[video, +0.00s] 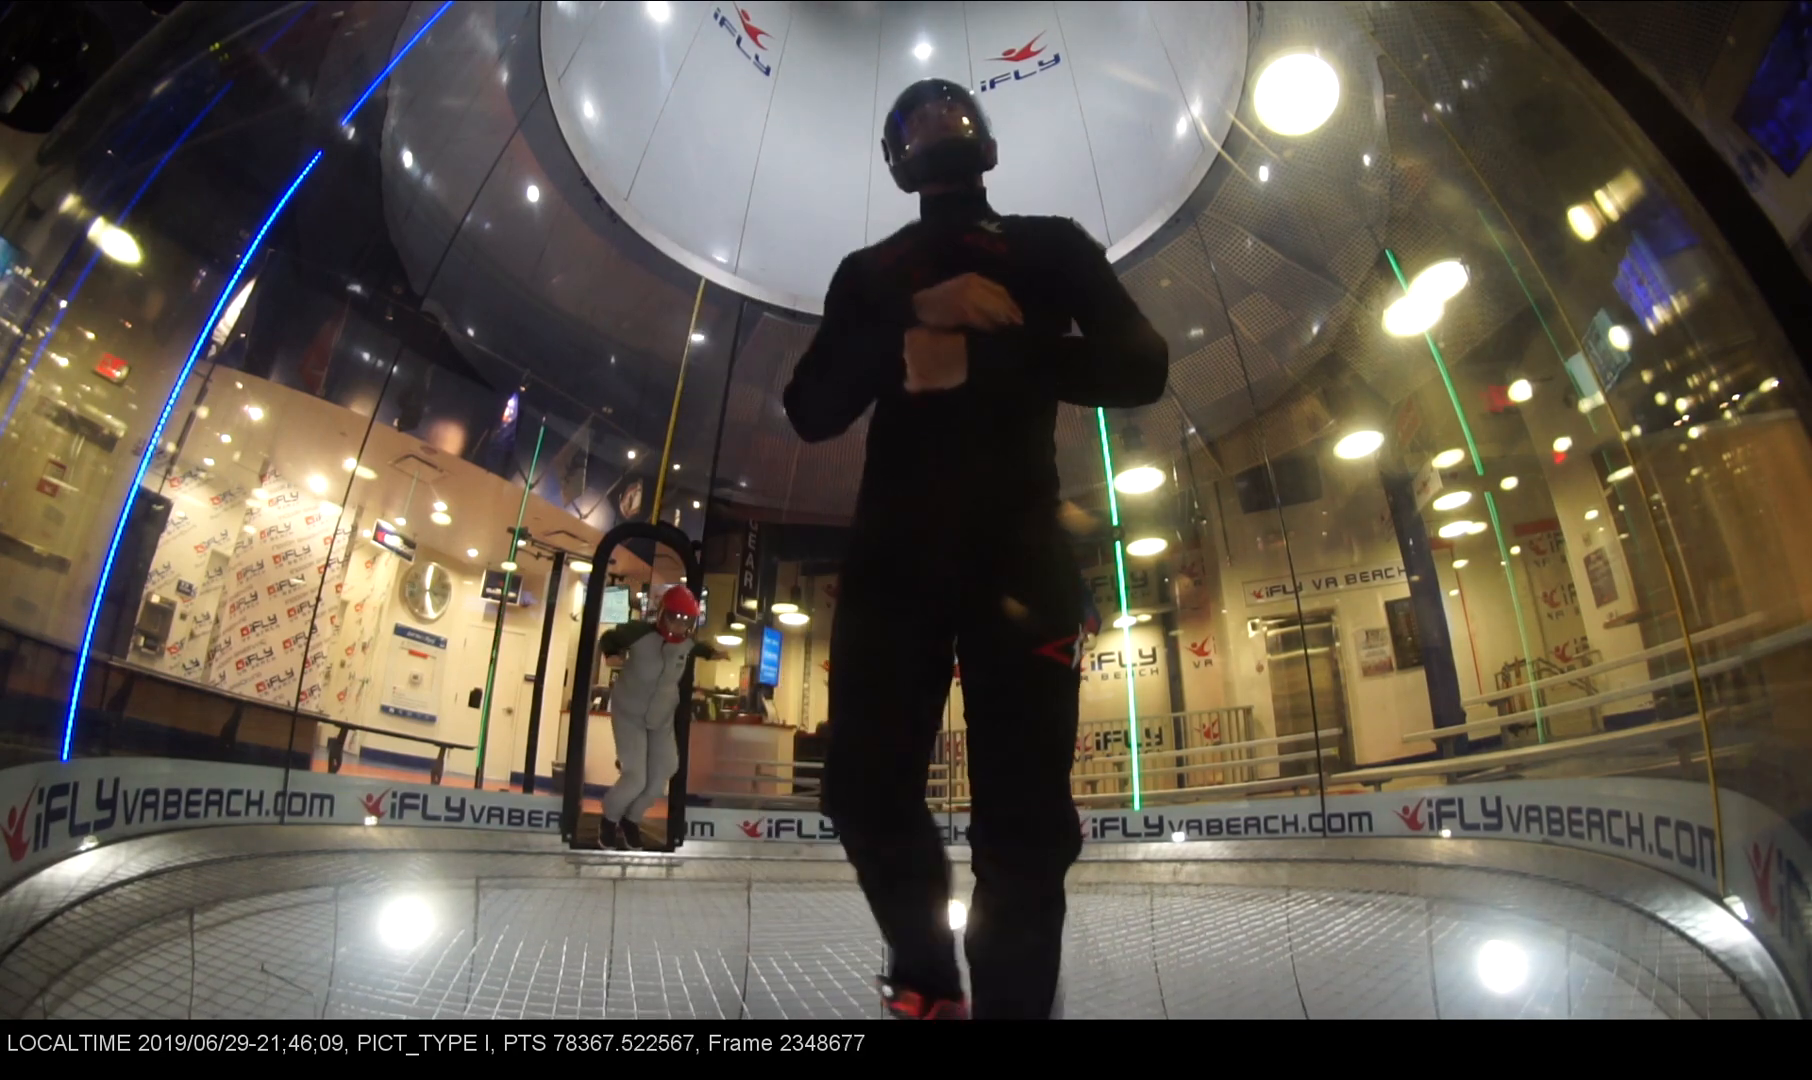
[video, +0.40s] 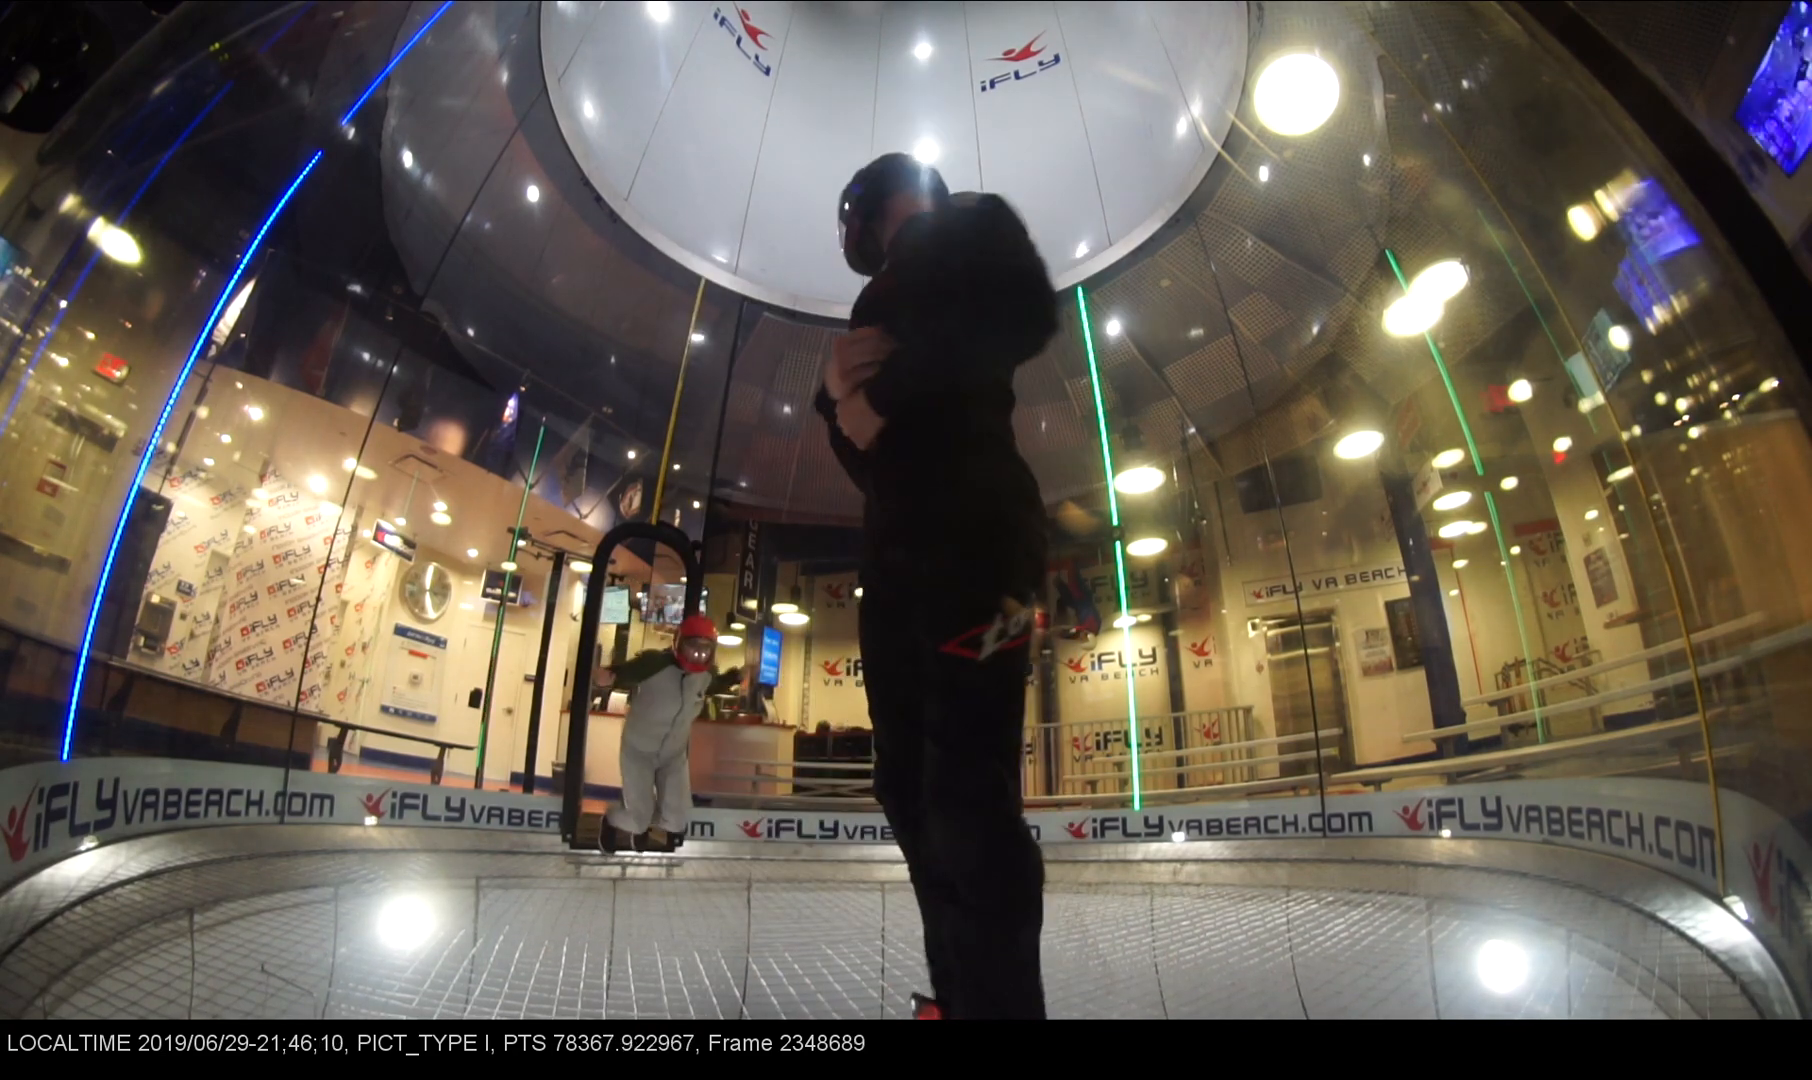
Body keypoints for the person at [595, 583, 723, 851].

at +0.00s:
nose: (680, 627)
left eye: (686, 622)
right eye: (675, 619)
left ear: (692, 622)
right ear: (662, 614)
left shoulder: (688, 644)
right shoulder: (640, 632)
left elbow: (702, 648)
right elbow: (607, 642)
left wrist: (715, 653)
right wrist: (613, 654)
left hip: (662, 721)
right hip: (629, 716)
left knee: (660, 782)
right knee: (635, 778)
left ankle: (631, 820)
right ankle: (610, 818)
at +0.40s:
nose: (698, 654)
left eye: (705, 649)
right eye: (693, 646)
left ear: (712, 651)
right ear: (679, 643)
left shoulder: (705, 676)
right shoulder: (655, 663)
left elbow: (717, 685)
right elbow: (626, 674)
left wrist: (739, 675)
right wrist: (609, 678)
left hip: (674, 757)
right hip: (638, 753)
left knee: (677, 816)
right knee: (639, 813)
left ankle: (642, 833)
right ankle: (611, 822)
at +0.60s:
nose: (714, 655)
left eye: (721, 649)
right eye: (707, 647)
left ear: (728, 652)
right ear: (693, 646)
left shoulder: (732, 675)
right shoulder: (670, 671)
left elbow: (764, 689)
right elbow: (634, 680)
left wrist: (784, 668)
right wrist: (609, 679)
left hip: (698, 758)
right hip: (654, 759)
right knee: (642, 821)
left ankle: (687, 803)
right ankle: (614, 821)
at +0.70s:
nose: (722, 646)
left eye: (729, 640)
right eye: (715, 639)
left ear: (737, 643)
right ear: (701, 640)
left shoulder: (743, 669)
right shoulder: (677, 664)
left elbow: (790, 681)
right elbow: (630, 676)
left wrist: (808, 652)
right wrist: (606, 667)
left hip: (722, 756)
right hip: (674, 759)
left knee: (761, 809)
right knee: (654, 815)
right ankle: (620, 820)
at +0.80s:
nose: (730, 637)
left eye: (737, 630)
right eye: (723, 629)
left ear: (746, 635)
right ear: (708, 632)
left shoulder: (756, 660)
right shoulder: (686, 660)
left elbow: (803, 671)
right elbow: (640, 668)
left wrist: (815, 644)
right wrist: (616, 658)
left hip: (745, 753)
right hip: (694, 757)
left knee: (785, 807)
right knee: (675, 812)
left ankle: (784, 767)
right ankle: (648, 801)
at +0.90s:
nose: (739, 632)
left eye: (746, 625)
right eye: (731, 625)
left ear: (754, 630)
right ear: (717, 629)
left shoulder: (764, 657)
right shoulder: (698, 657)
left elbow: (810, 668)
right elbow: (659, 669)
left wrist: (841, 668)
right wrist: (619, 670)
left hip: (767, 750)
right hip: (714, 756)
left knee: (814, 800)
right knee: (700, 816)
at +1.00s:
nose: (746, 633)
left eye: (753, 625)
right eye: (739, 625)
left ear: (764, 631)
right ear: (724, 630)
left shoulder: (777, 659)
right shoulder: (709, 664)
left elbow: (826, 670)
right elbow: (665, 682)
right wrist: (616, 693)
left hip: (789, 744)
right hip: (737, 755)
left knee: (828, 787)